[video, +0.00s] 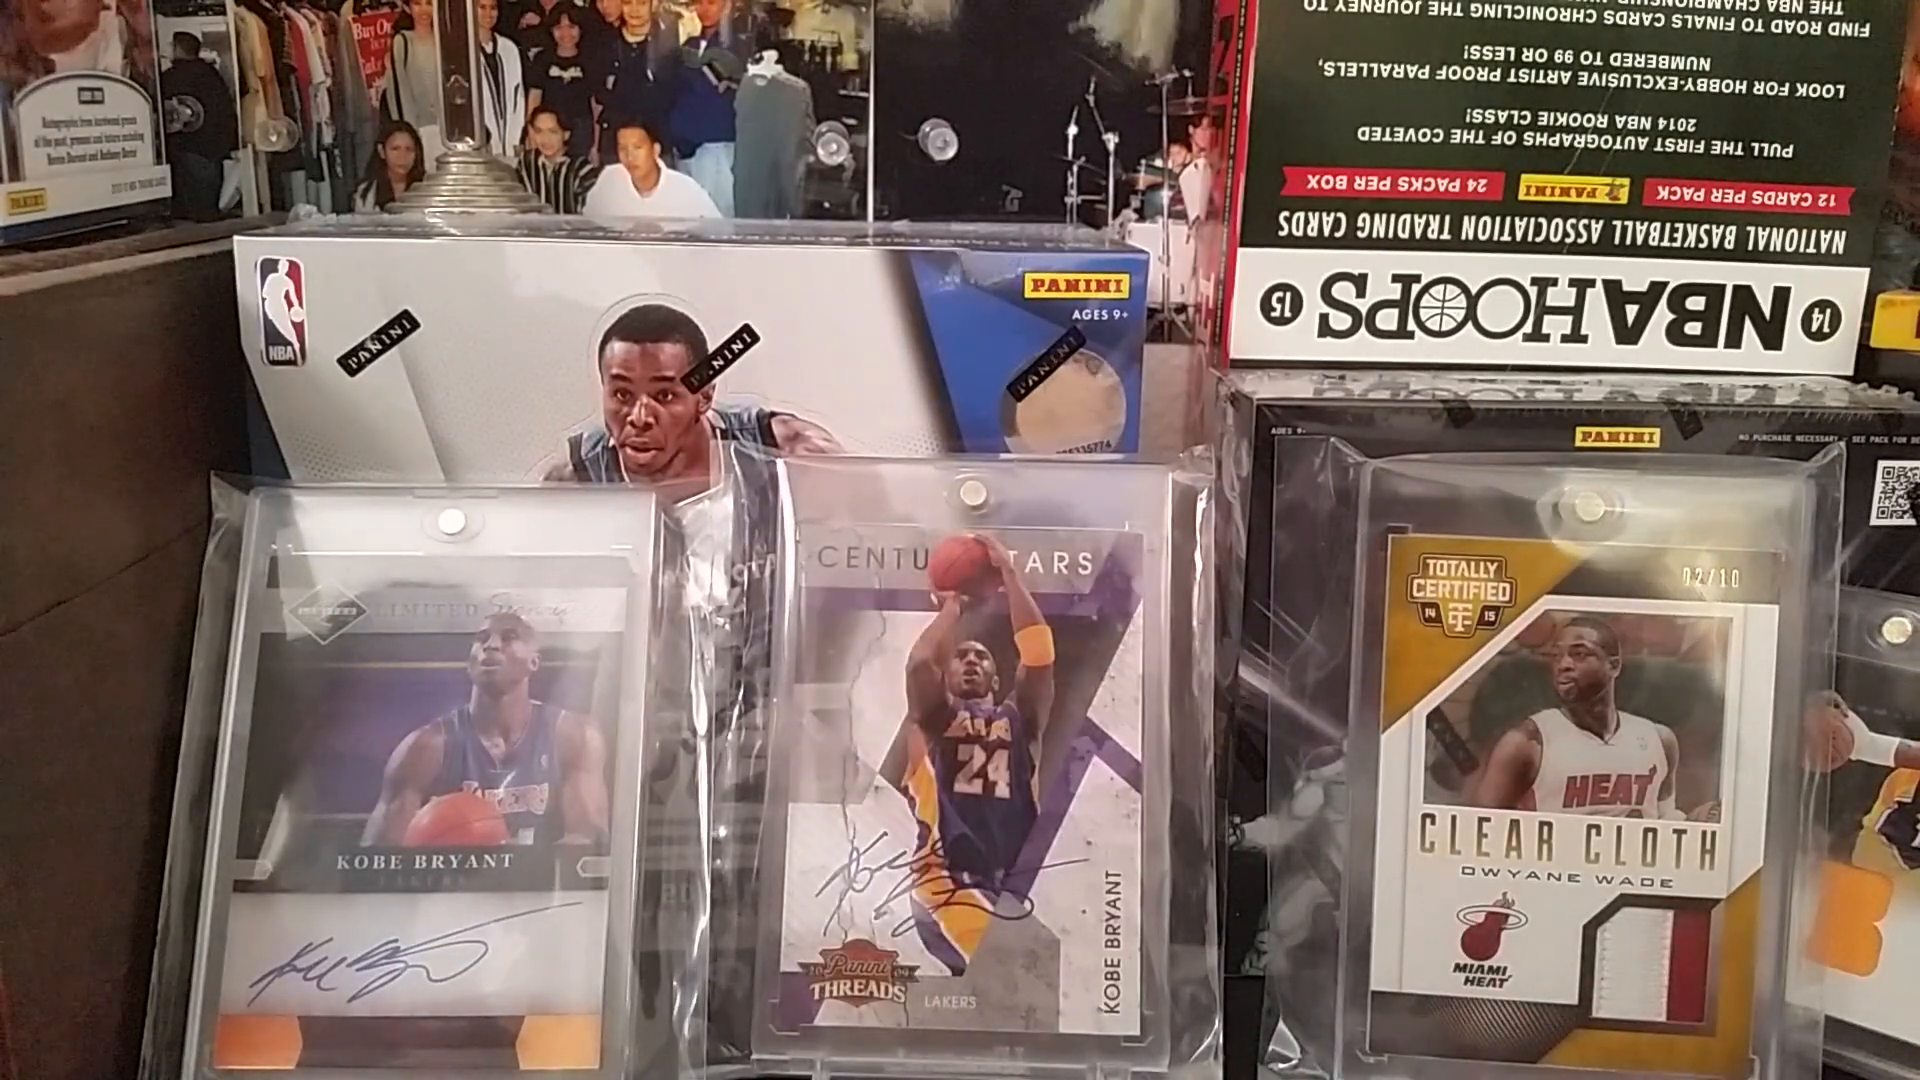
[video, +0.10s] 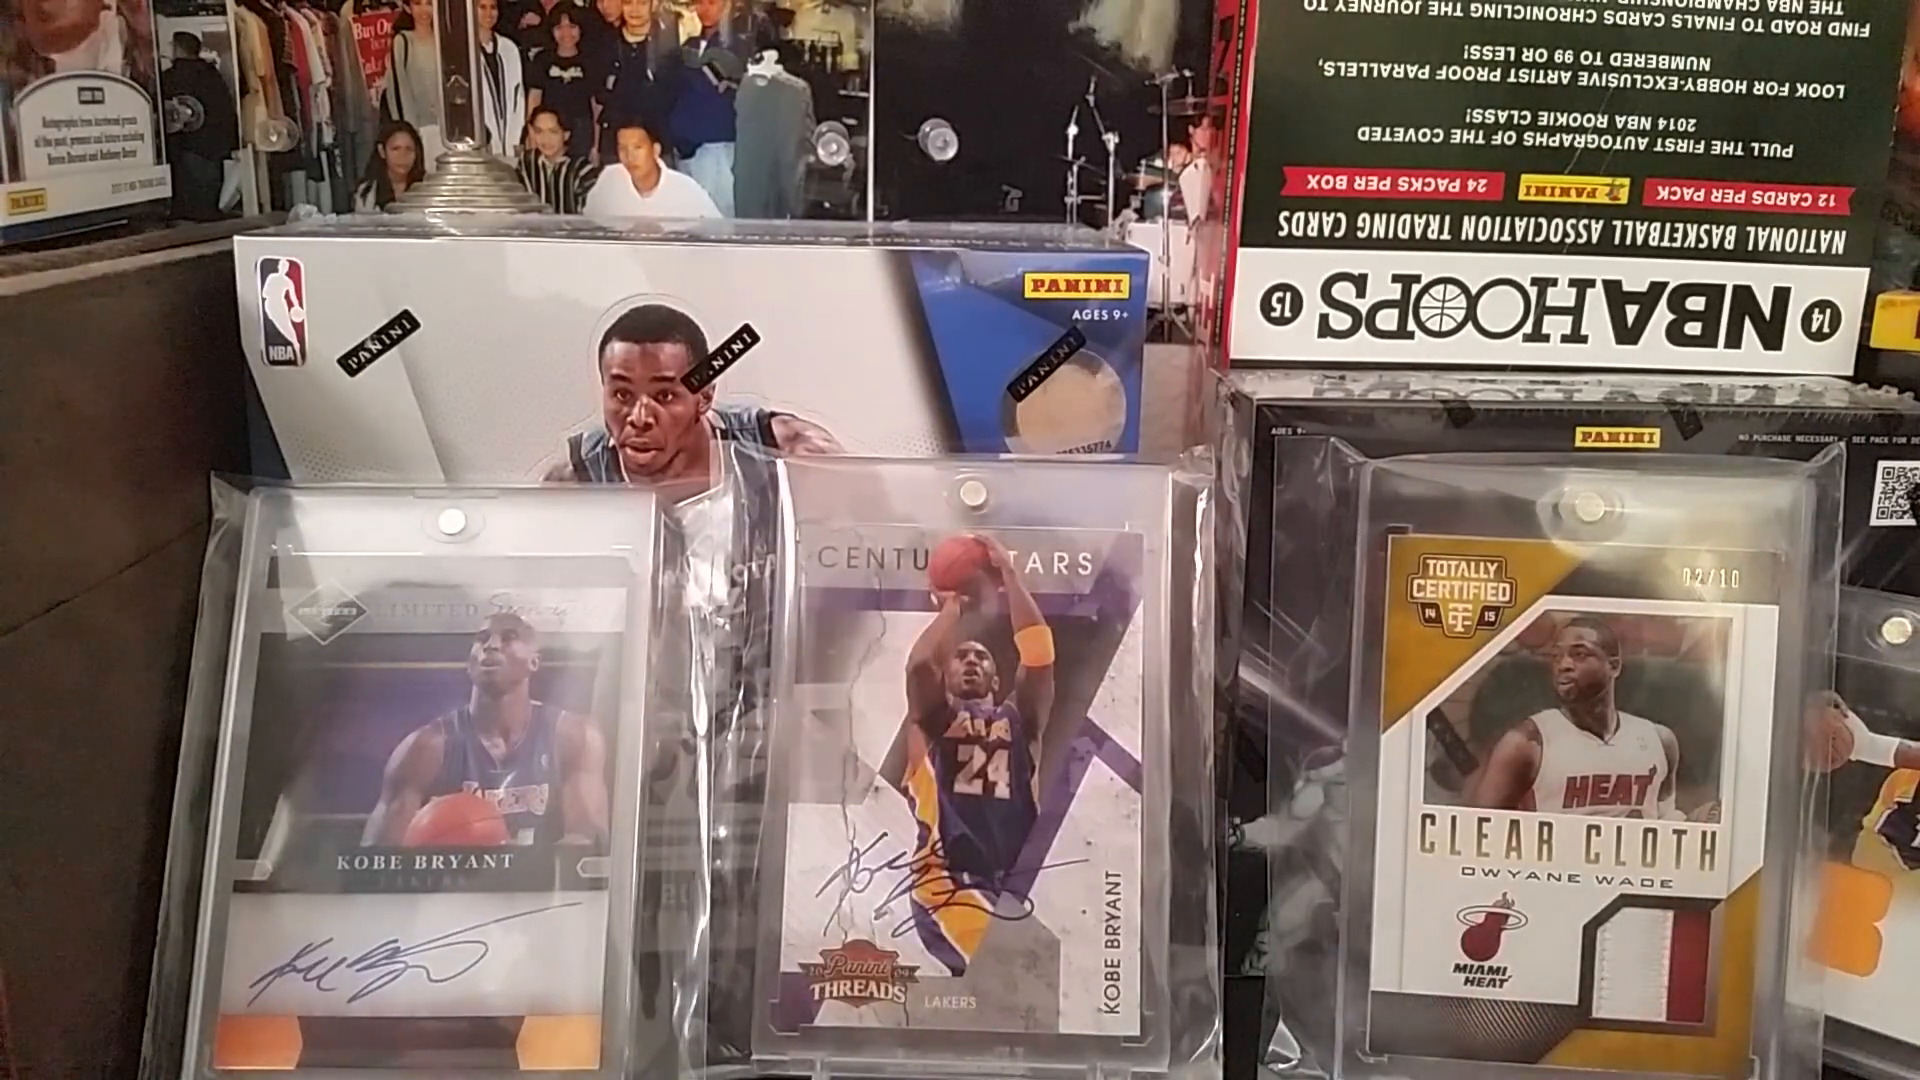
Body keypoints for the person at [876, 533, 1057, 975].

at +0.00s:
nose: (972, 661)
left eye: (982, 656)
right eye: (961, 655)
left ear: (996, 676)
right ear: (943, 673)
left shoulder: (1020, 719)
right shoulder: (933, 717)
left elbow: (1037, 651)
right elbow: (920, 662)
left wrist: (1009, 572)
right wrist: (953, 604)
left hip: (1007, 885)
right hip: (946, 884)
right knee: (1017, 972)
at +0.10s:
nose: (972, 661)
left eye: (982, 657)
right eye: (960, 656)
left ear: (996, 677)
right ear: (943, 674)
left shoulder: (1020, 719)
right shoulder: (932, 718)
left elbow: (1037, 651)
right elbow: (919, 665)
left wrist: (1009, 572)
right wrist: (952, 604)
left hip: (1009, 884)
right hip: (945, 883)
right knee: (1020, 970)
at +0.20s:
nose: (972, 661)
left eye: (982, 657)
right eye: (960, 656)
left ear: (996, 677)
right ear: (944, 674)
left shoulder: (1021, 719)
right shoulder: (932, 718)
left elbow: (1037, 650)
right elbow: (919, 664)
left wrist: (1009, 572)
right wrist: (951, 605)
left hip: (1011, 884)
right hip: (945, 882)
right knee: (1020, 967)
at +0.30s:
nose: (972, 661)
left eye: (982, 657)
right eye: (960, 656)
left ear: (996, 677)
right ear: (943, 674)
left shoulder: (1021, 719)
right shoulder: (932, 718)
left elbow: (1037, 650)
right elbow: (919, 664)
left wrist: (1009, 572)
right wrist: (951, 604)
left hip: (1010, 885)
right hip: (945, 883)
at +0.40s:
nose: (972, 661)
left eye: (982, 657)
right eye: (961, 656)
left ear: (996, 676)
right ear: (943, 673)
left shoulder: (1020, 718)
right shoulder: (932, 717)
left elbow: (1037, 651)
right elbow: (920, 663)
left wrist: (1009, 571)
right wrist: (953, 602)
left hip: (1010, 883)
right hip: (945, 882)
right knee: (1018, 964)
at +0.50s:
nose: (972, 661)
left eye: (982, 657)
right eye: (961, 656)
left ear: (996, 677)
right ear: (943, 674)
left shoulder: (1021, 718)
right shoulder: (932, 717)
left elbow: (1037, 651)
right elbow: (919, 664)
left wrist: (1009, 572)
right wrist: (952, 605)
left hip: (1009, 885)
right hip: (945, 883)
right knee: (1018, 966)